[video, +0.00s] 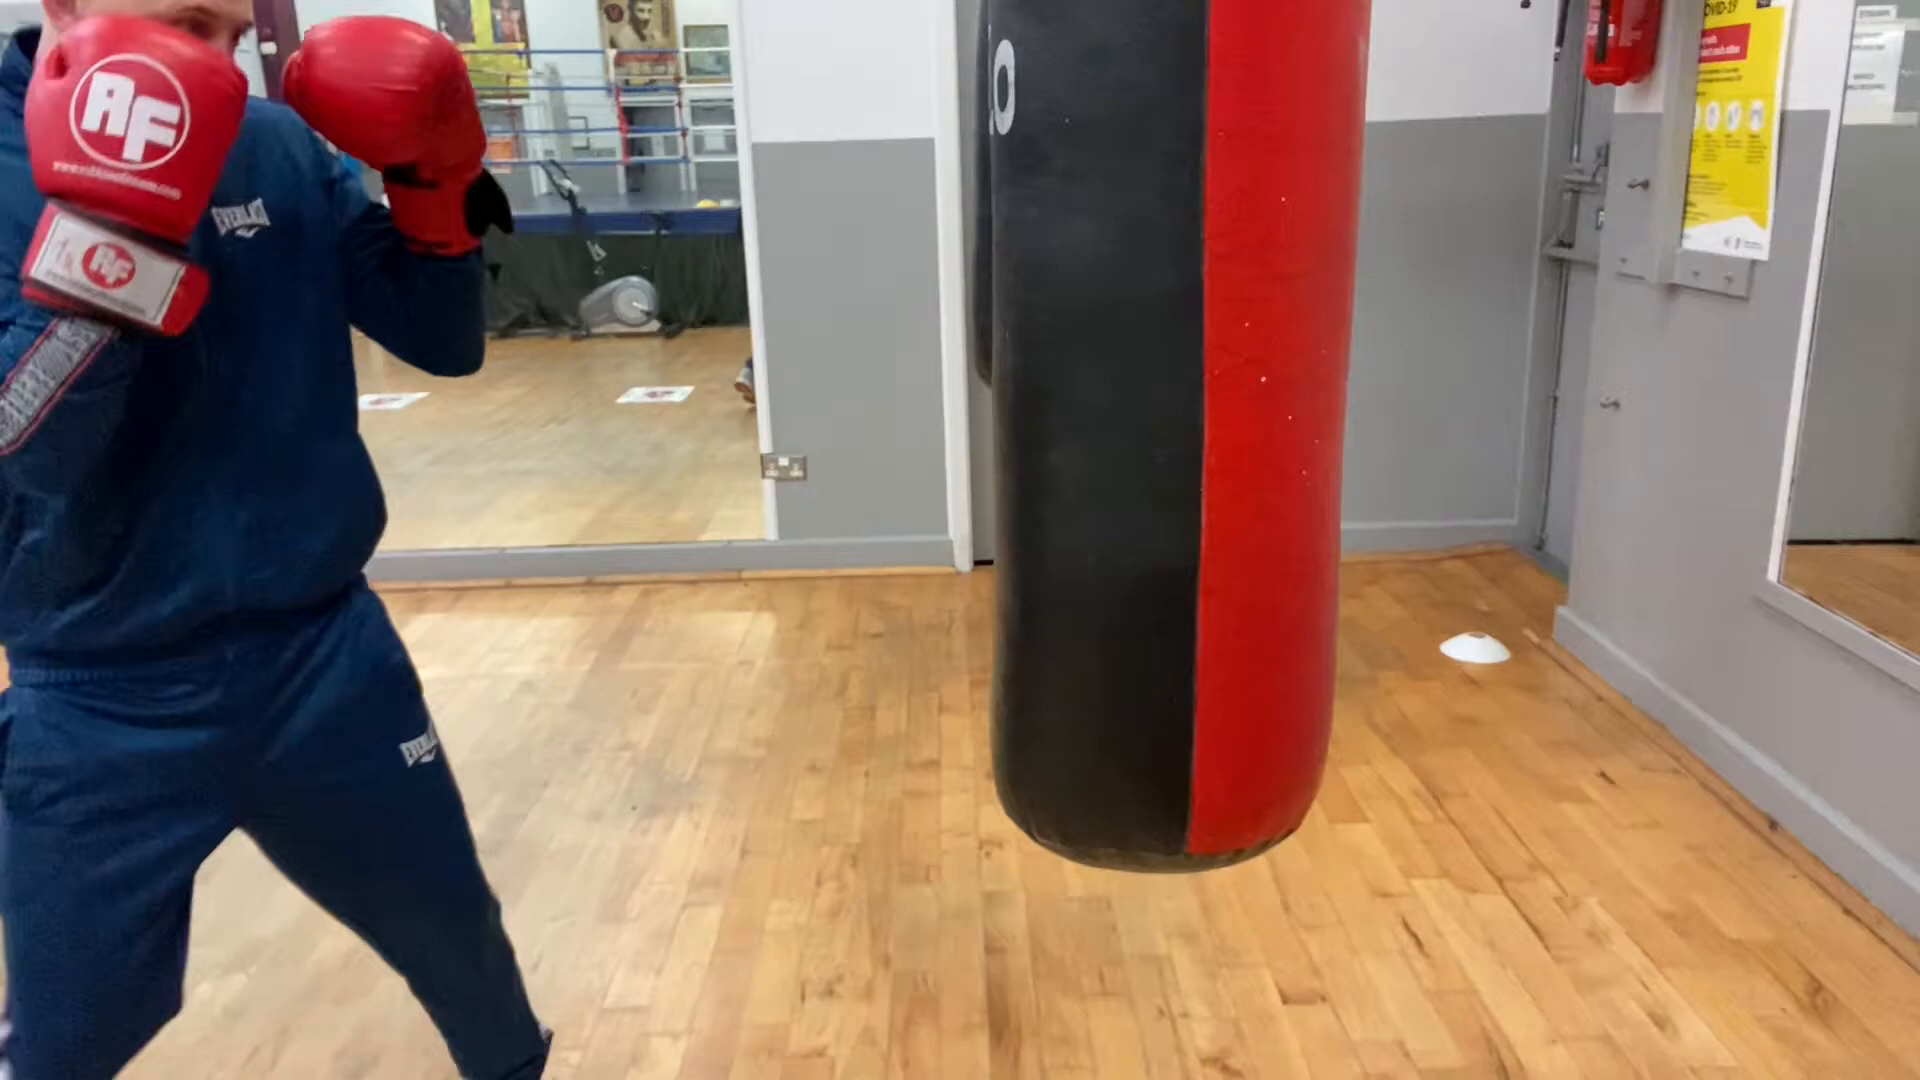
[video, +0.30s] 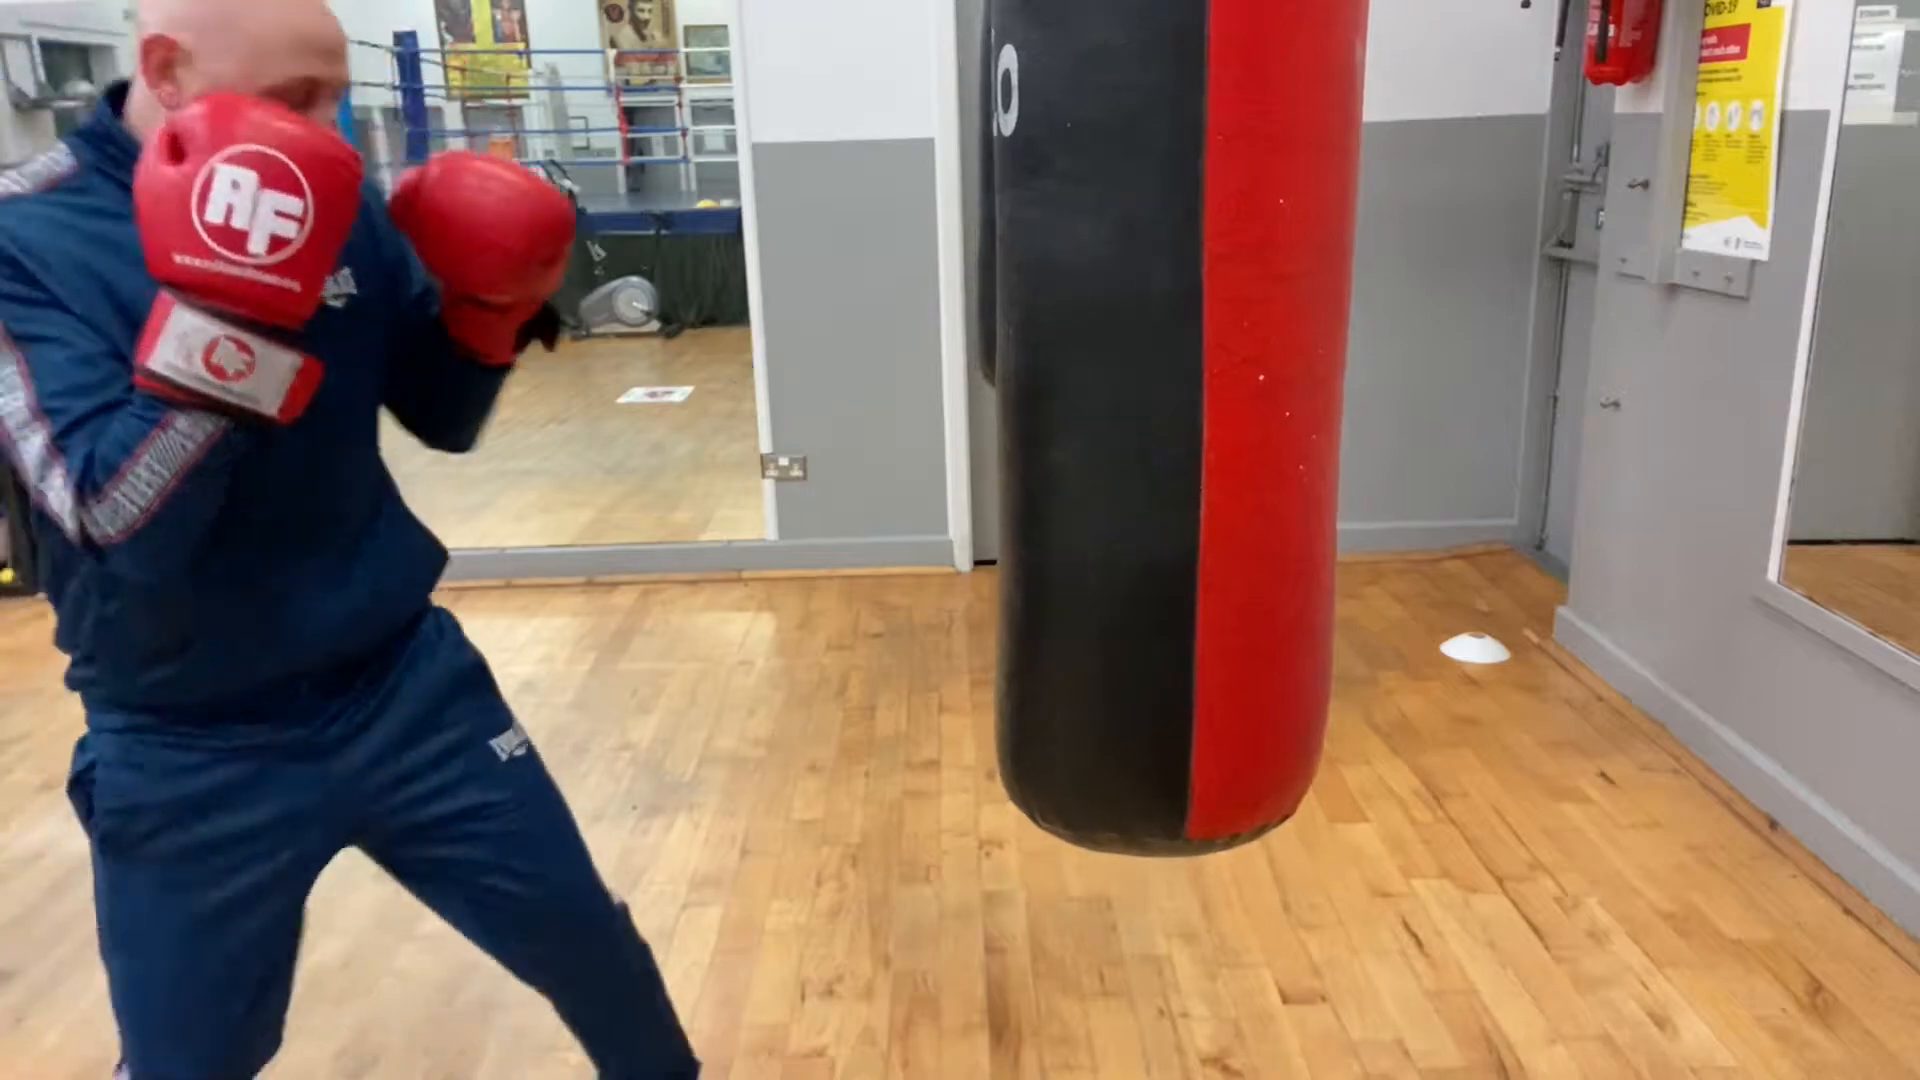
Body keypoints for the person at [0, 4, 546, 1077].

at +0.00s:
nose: (215, 65)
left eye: (229, 31)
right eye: (177, 26)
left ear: (250, 25)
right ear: (64, 13)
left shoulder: (279, 145)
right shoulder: (10, 176)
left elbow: (444, 340)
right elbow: (22, 475)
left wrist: (435, 188)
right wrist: (104, 242)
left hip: (321, 663)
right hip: (89, 705)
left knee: (458, 942)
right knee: (62, 1047)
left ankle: (512, 1064)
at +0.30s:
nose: (321, 133)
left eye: (332, 100)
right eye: (291, 100)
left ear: (344, 79)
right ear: (164, 76)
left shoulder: (329, 201)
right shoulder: (34, 244)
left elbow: (440, 414)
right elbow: (112, 515)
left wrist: (489, 310)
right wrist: (223, 311)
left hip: (400, 688)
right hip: (186, 753)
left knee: (597, 955)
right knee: (187, 1065)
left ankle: (672, 1074)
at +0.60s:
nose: (344, 170)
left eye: (353, 131)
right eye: (312, 131)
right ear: (184, 96)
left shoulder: (366, 224)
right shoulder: (43, 261)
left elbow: (511, 419)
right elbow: (100, 531)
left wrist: (532, 291)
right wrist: (223, 331)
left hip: (420, 742)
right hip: (183, 797)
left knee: (611, 978)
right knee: (130, 1071)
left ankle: (654, 1077)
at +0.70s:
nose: (233, 82)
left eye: (247, 45)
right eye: (195, 43)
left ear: (271, 25)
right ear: (71, 18)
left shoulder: (277, 151)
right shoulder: (11, 186)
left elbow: (423, 373)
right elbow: (19, 497)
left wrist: (435, 244)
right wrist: (118, 278)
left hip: (342, 683)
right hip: (100, 733)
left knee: (527, 974)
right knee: (74, 1069)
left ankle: (603, 1073)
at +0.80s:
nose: (166, 114)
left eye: (184, 78)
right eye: (131, 75)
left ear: (199, 68)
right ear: (5, 58)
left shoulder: (209, 216)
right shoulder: (6, 265)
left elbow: (342, 422)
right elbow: (3, 530)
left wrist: (349, 281)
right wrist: (42, 324)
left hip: (285, 699)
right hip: (61, 758)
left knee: (468, 943)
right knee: (40, 1064)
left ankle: (456, 1074)